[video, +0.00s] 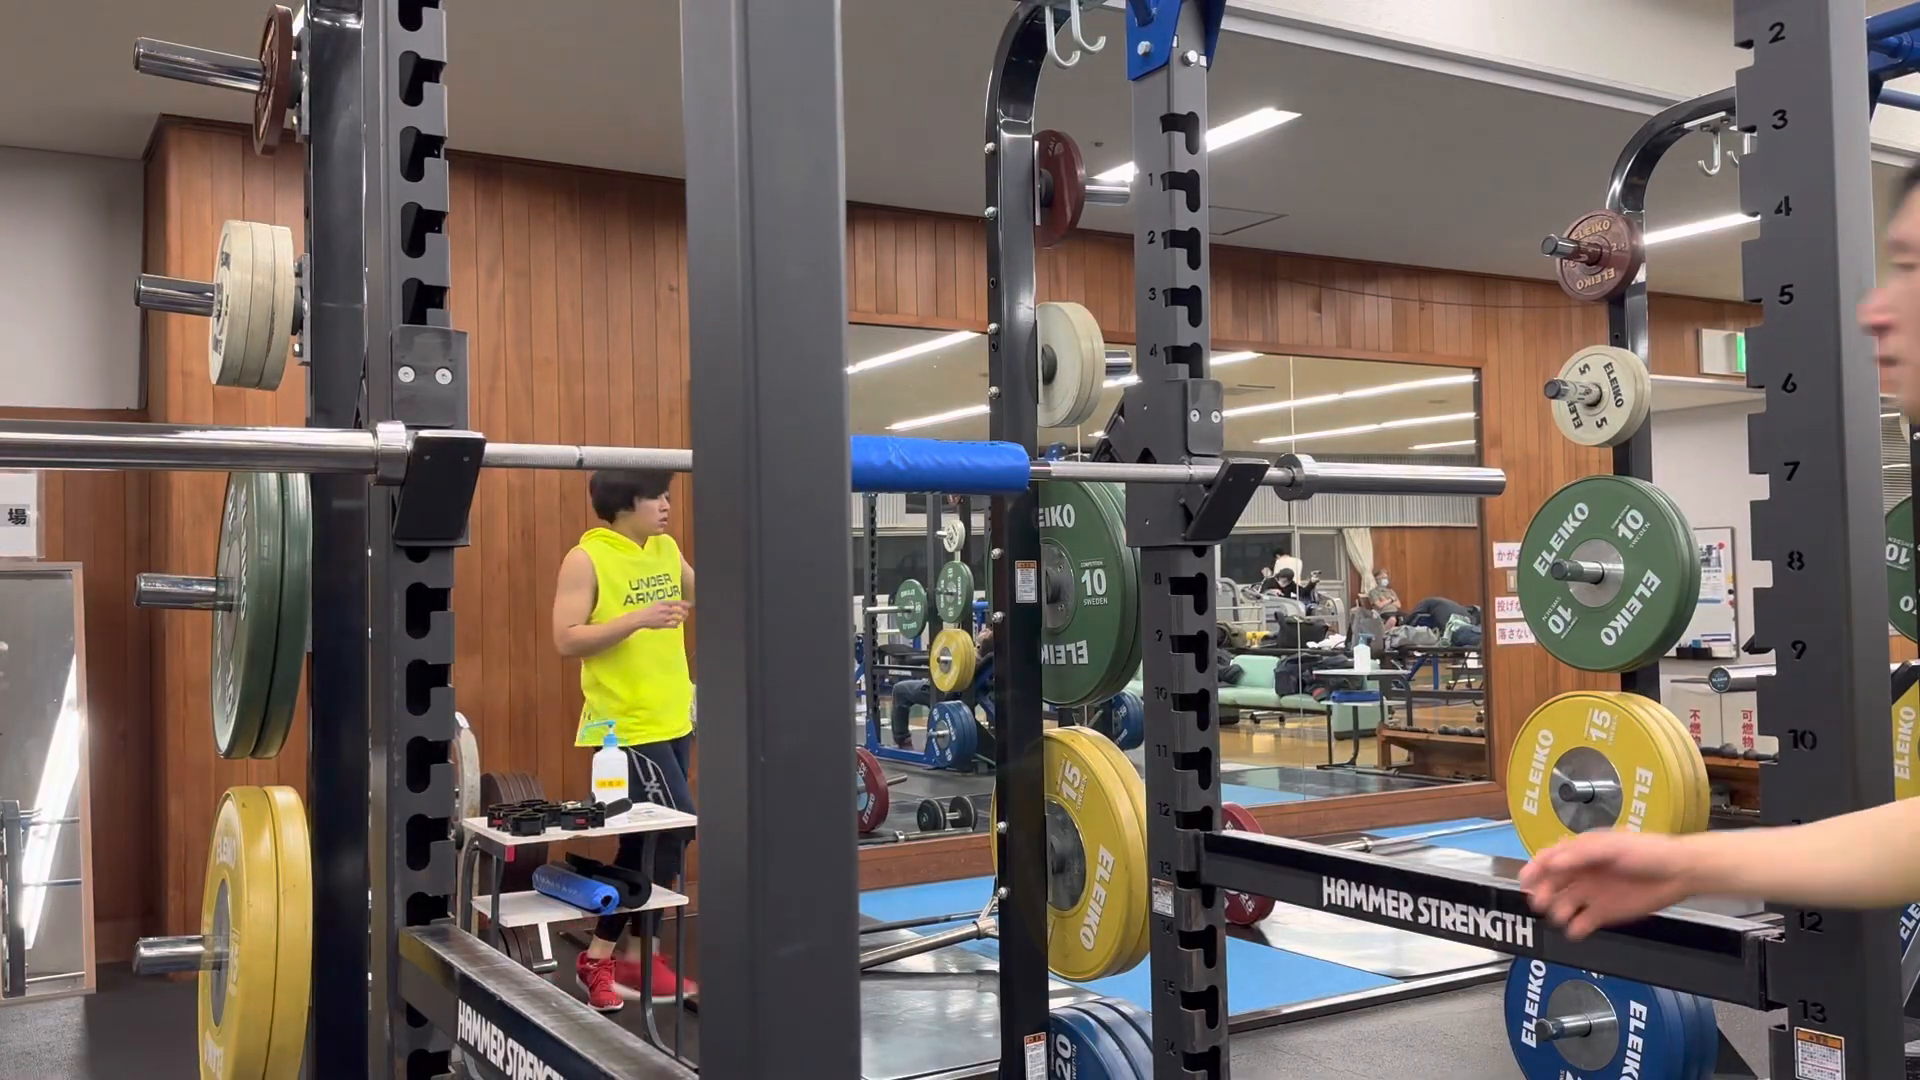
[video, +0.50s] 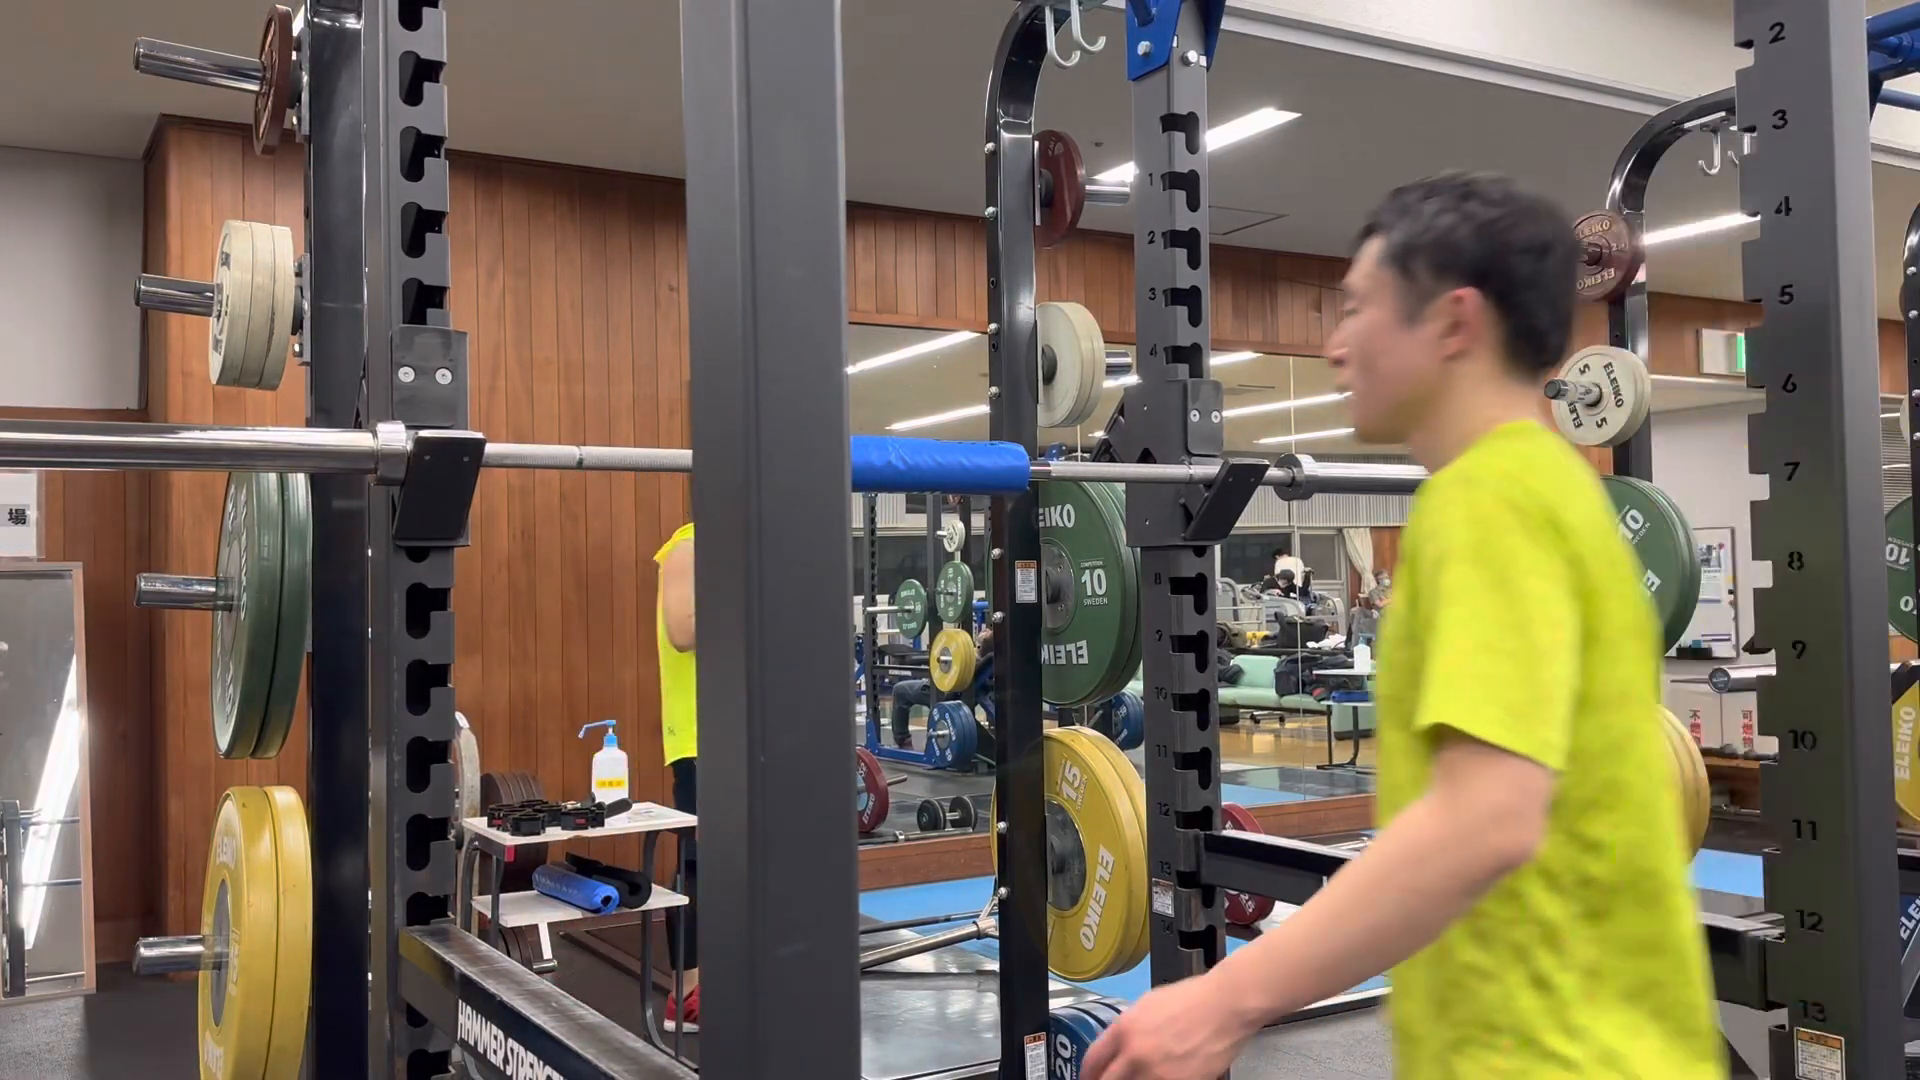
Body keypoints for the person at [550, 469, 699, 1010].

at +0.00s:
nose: (667, 505)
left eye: (667, 495)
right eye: (657, 496)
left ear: (653, 502)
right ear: (622, 502)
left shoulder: (665, 547)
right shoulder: (586, 559)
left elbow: (699, 594)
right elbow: (566, 639)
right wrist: (638, 618)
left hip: (672, 720)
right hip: (623, 726)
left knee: (647, 848)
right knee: (679, 829)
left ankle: (607, 953)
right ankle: (634, 952)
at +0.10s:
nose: (691, 508)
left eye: (691, 497)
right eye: (682, 498)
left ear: (669, 505)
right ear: (650, 503)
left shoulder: (686, 554)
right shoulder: (607, 559)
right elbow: (598, 639)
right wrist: (667, 600)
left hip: (690, 730)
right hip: (639, 737)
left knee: (649, 860)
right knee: (663, 865)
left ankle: (598, 955)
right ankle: (686, 979)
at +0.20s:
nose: (705, 510)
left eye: (702, 500)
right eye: (700, 500)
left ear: (658, 501)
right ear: (682, 502)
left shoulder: (692, 556)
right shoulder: (625, 559)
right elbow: (619, 637)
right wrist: (685, 594)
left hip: (701, 732)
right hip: (658, 738)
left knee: (673, 860)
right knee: (669, 865)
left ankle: (608, 950)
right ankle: (684, 985)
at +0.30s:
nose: (718, 499)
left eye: (711, 488)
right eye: (711, 489)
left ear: (664, 498)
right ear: (698, 498)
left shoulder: (703, 552)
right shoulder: (647, 555)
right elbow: (637, 635)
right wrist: (700, 601)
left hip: (712, 733)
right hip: (672, 737)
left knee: (707, 860)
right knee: (681, 865)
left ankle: (628, 929)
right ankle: (684, 986)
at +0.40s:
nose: (727, 497)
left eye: (725, 487)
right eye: (720, 488)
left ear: (680, 495)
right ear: (700, 495)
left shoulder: (723, 546)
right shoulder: (664, 551)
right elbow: (654, 632)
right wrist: (722, 611)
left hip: (723, 730)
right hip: (683, 733)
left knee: (709, 852)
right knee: (690, 857)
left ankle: (648, 926)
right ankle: (680, 979)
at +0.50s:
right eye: (749, 497)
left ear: (715, 495)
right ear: (727, 495)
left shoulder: (723, 547)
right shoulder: (690, 544)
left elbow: (684, 628)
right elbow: (683, 629)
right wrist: (748, 608)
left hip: (719, 736)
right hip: (699, 737)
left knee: (703, 865)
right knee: (703, 865)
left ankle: (691, 982)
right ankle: (692, 984)